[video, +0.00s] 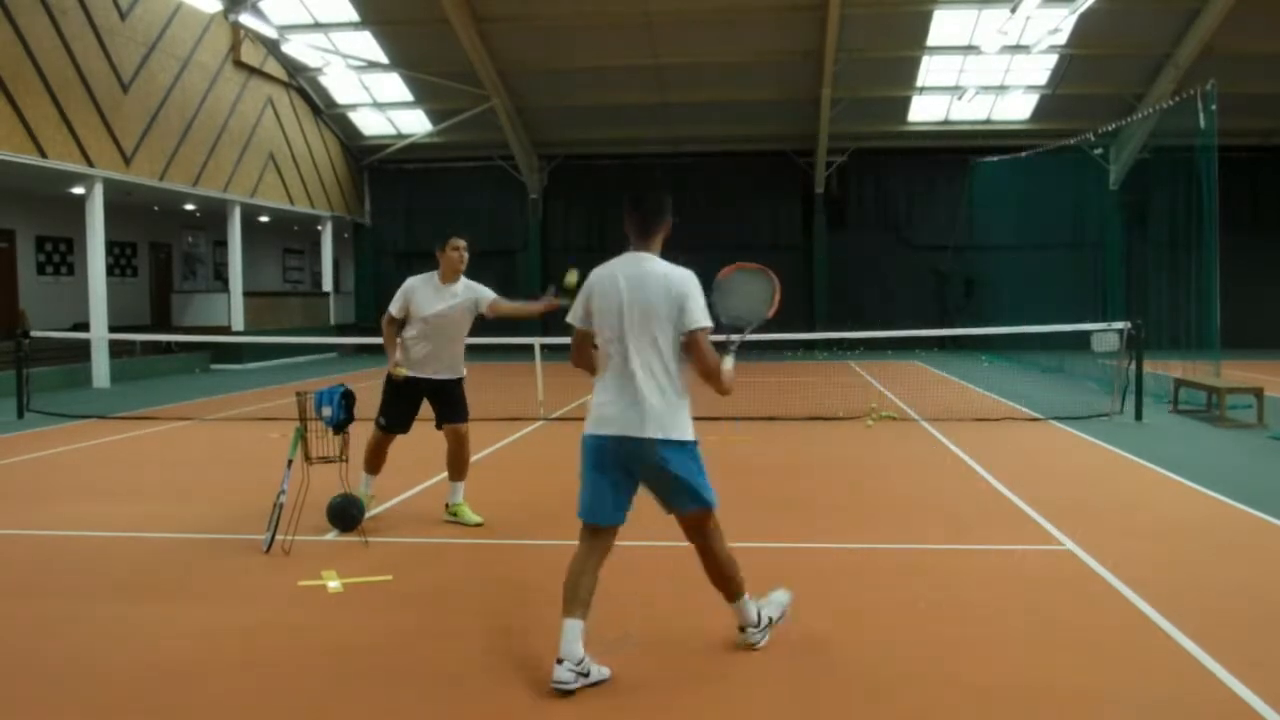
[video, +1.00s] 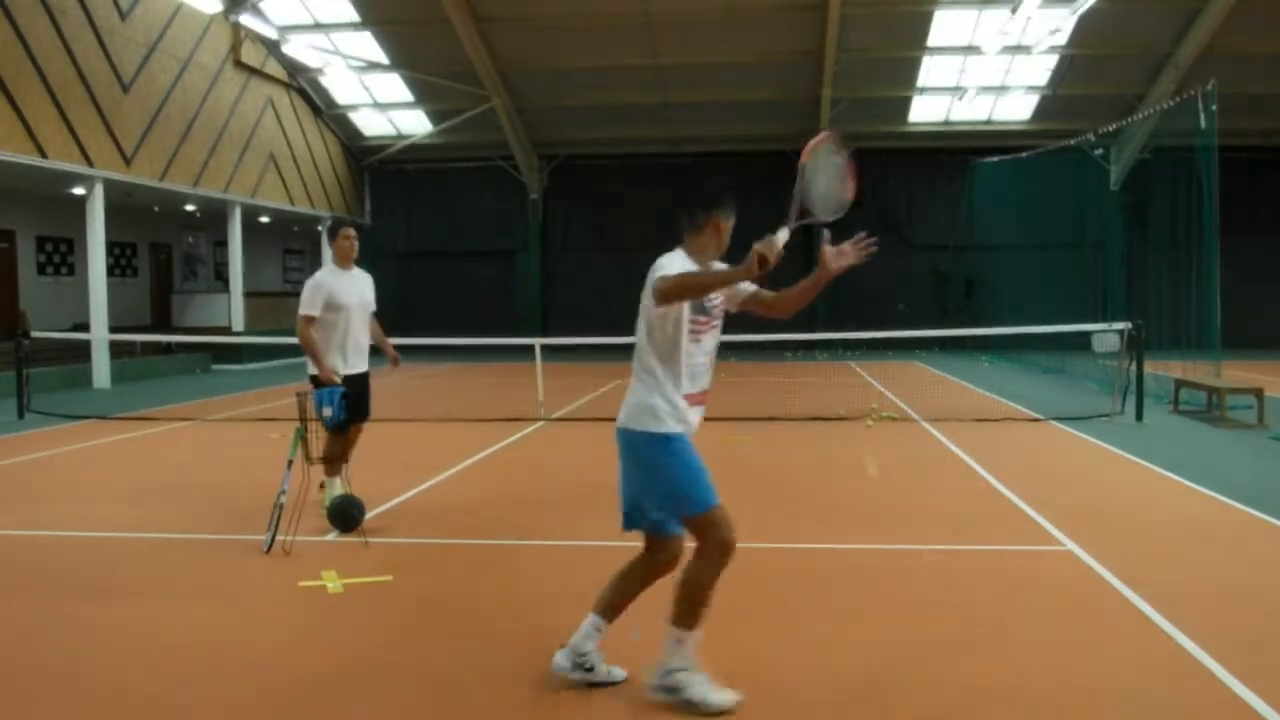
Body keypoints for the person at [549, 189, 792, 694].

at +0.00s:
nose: (666, 233)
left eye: (653, 223)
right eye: (667, 225)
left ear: (626, 226)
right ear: (666, 228)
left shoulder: (597, 278)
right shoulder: (679, 280)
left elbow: (581, 355)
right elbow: (701, 354)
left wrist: (624, 373)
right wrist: (722, 379)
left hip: (605, 432)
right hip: (663, 432)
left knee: (592, 543)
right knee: (704, 532)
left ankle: (569, 659)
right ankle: (750, 618)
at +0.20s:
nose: (650, 198)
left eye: (635, 190)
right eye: (652, 191)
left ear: (607, 191)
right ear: (651, 192)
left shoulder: (584, 244)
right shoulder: (646, 247)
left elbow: (576, 317)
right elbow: (650, 330)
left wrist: (648, 332)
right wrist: (670, 369)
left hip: (573, 407)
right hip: (624, 411)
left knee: (586, 525)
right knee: (664, 526)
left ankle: (565, 650)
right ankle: (676, 654)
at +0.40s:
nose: (636, 217)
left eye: (629, 209)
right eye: (636, 210)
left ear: (591, 214)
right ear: (633, 214)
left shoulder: (571, 271)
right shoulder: (625, 277)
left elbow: (589, 353)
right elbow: (637, 363)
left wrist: (653, 350)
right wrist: (666, 398)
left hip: (560, 432)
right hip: (604, 440)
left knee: (587, 550)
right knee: (615, 564)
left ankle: (547, 656)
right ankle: (541, 682)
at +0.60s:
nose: (646, 245)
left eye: (644, 237)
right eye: (645, 237)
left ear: (595, 244)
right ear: (638, 244)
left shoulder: (580, 301)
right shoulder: (623, 307)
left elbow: (631, 380)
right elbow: (649, 399)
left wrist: (693, 366)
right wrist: (690, 420)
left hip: (568, 463)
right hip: (589, 471)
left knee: (644, 542)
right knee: (596, 606)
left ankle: (573, 647)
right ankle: (513, 707)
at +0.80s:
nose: (673, 242)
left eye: (671, 234)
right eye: (673, 234)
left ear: (633, 235)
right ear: (663, 236)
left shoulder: (650, 292)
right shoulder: (627, 289)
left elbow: (701, 340)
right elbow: (670, 344)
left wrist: (755, 315)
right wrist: (748, 345)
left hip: (628, 454)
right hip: (609, 454)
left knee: (656, 556)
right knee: (622, 578)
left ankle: (575, 657)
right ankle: (524, 695)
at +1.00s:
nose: (730, 235)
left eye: (730, 229)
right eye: (727, 227)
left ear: (704, 227)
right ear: (710, 224)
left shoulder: (719, 277)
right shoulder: (671, 266)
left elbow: (777, 306)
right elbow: (666, 291)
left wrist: (824, 273)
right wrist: (741, 272)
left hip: (665, 428)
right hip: (654, 428)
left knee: (662, 552)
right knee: (718, 538)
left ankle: (579, 651)